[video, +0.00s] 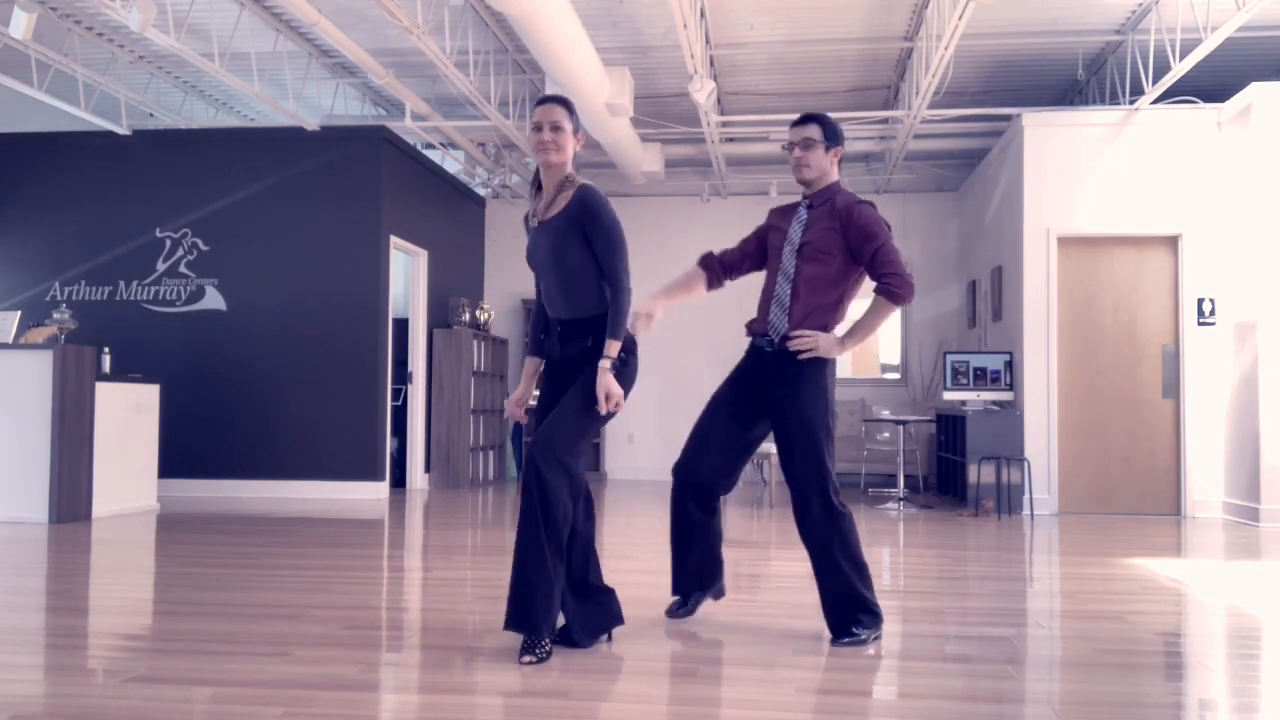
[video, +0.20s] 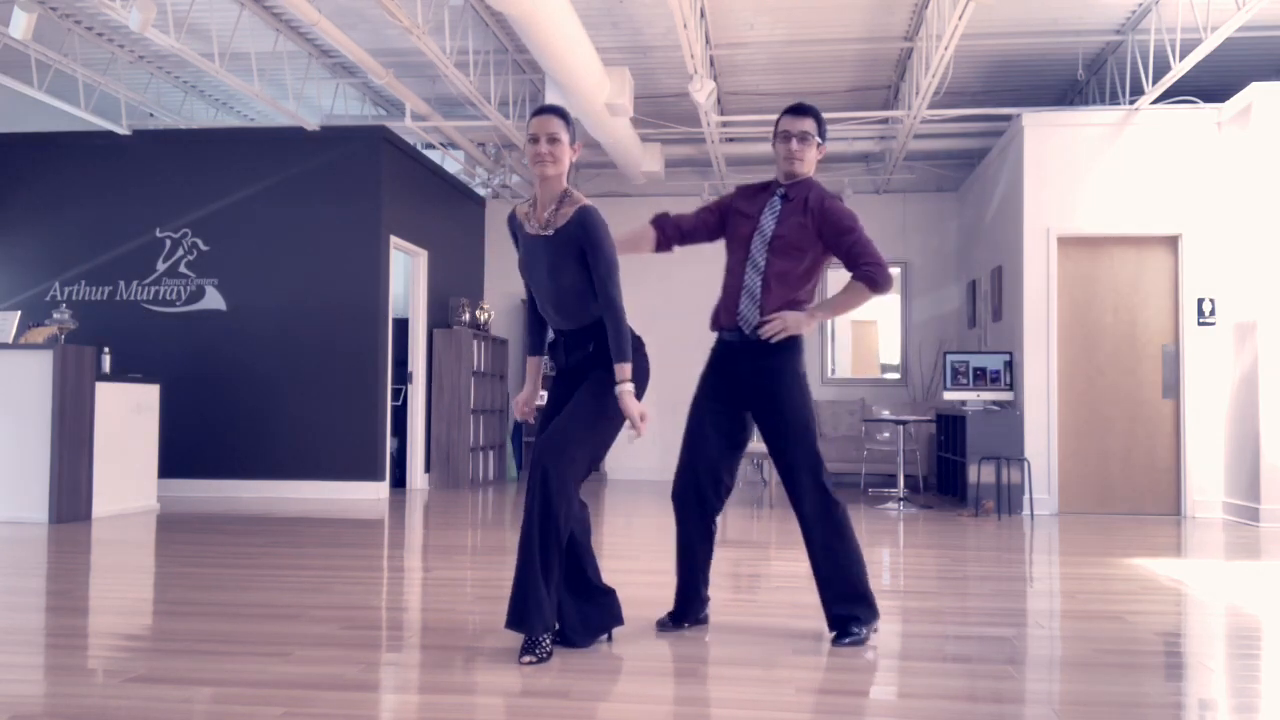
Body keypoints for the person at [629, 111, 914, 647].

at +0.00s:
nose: (795, 154)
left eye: (806, 146)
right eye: (791, 147)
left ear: (835, 154)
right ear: (789, 157)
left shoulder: (854, 213)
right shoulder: (782, 220)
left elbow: (897, 286)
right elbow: (721, 267)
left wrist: (845, 342)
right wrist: (659, 299)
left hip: (805, 365)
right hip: (757, 361)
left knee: (815, 492)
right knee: (694, 474)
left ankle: (857, 618)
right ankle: (698, 579)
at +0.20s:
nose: (792, 146)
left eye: (804, 139)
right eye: (784, 138)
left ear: (820, 150)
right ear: (771, 146)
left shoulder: (825, 208)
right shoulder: (744, 201)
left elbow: (876, 278)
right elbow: (670, 229)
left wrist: (813, 316)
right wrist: (597, 248)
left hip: (778, 359)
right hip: (727, 357)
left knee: (807, 483)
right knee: (695, 482)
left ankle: (853, 613)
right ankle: (690, 604)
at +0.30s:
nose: (785, 145)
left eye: (796, 137)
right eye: (776, 135)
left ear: (810, 148)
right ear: (762, 142)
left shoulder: (813, 206)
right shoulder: (730, 191)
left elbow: (859, 284)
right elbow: (656, 216)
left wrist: (794, 316)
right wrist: (587, 231)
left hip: (762, 356)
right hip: (709, 351)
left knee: (783, 473)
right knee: (684, 480)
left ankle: (833, 592)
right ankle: (691, 604)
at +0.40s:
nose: (778, 151)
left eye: (789, 143)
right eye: (768, 141)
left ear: (803, 152)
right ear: (754, 147)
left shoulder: (811, 218)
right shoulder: (723, 195)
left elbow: (851, 297)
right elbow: (651, 218)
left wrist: (786, 336)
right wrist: (597, 225)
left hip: (748, 355)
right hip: (695, 348)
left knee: (748, 459)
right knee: (676, 472)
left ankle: (775, 550)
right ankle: (688, 600)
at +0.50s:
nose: (772, 162)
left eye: (783, 154)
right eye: (763, 152)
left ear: (798, 161)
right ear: (749, 157)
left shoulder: (808, 227)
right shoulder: (720, 206)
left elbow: (844, 309)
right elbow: (651, 226)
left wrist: (781, 351)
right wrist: (595, 211)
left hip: (740, 365)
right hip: (689, 353)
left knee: (718, 477)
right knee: (667, 479)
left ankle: (724, 580)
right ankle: (682, 599)